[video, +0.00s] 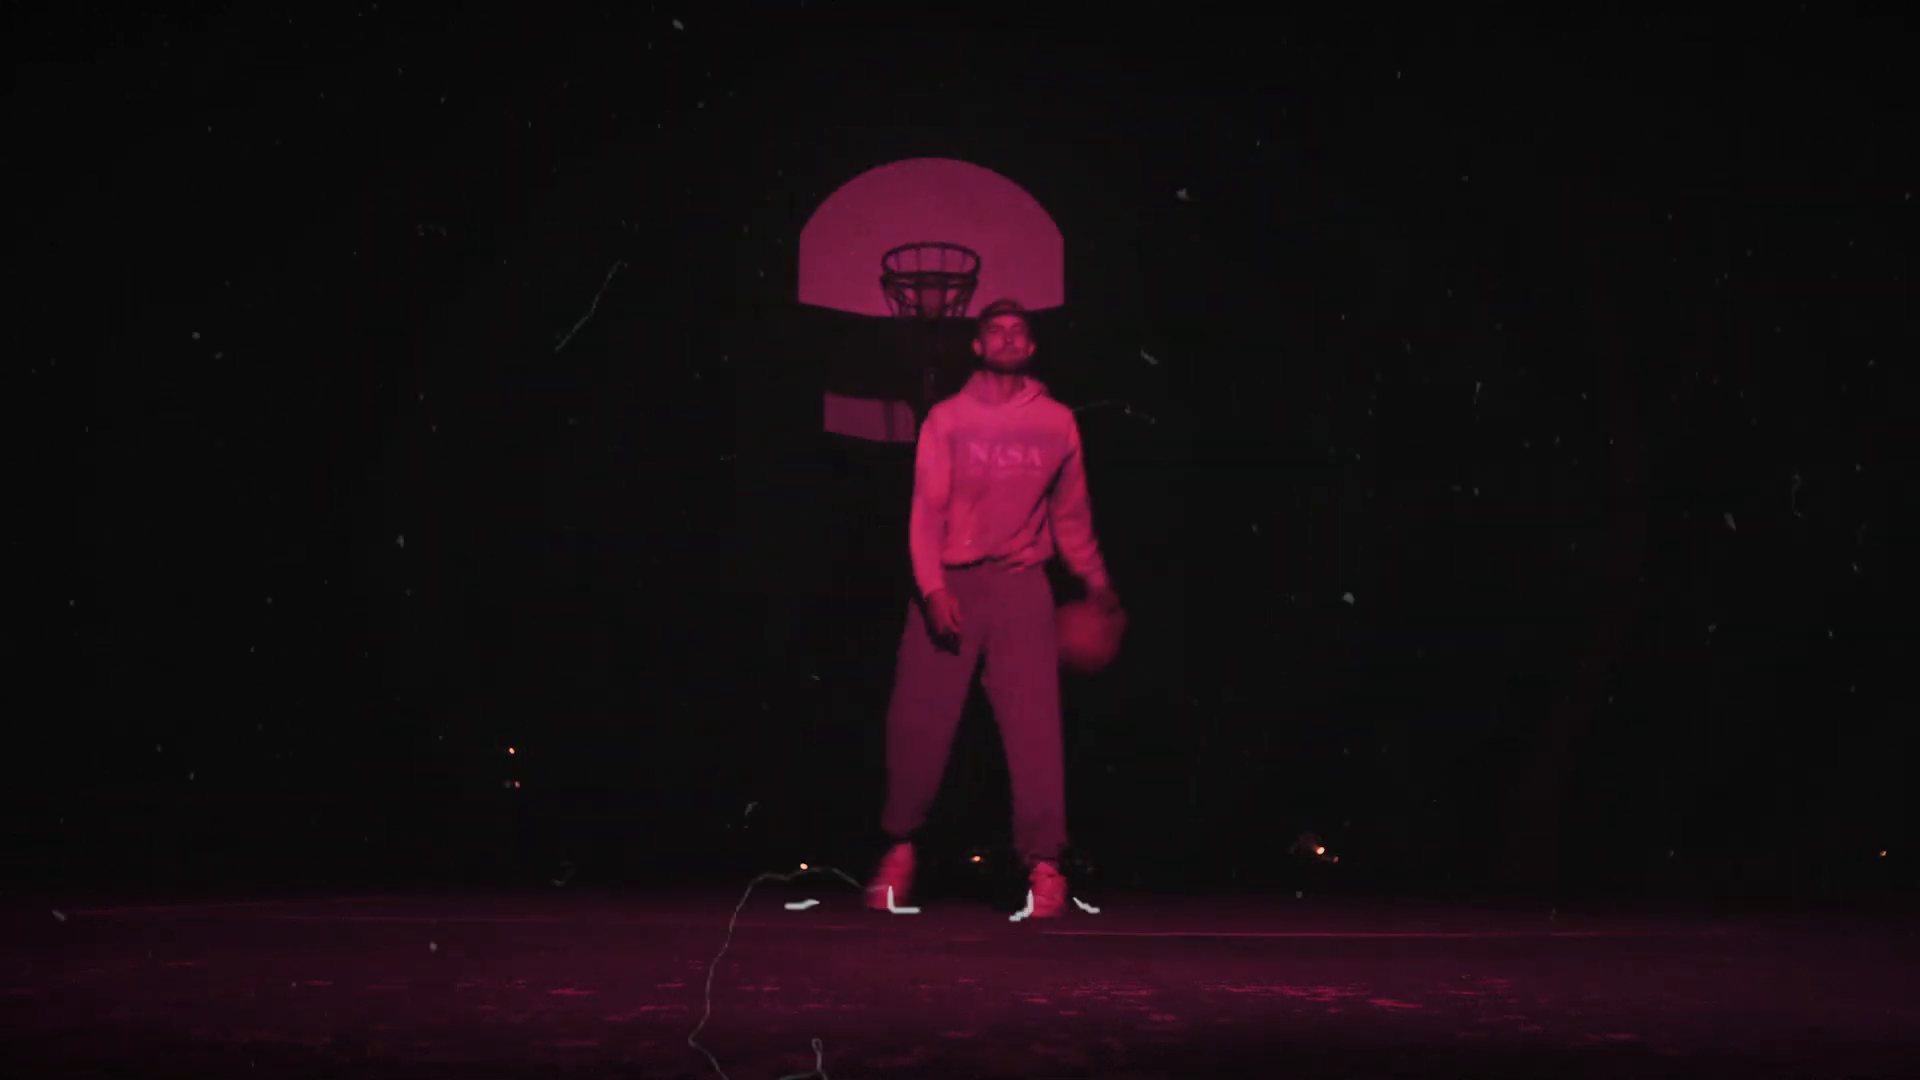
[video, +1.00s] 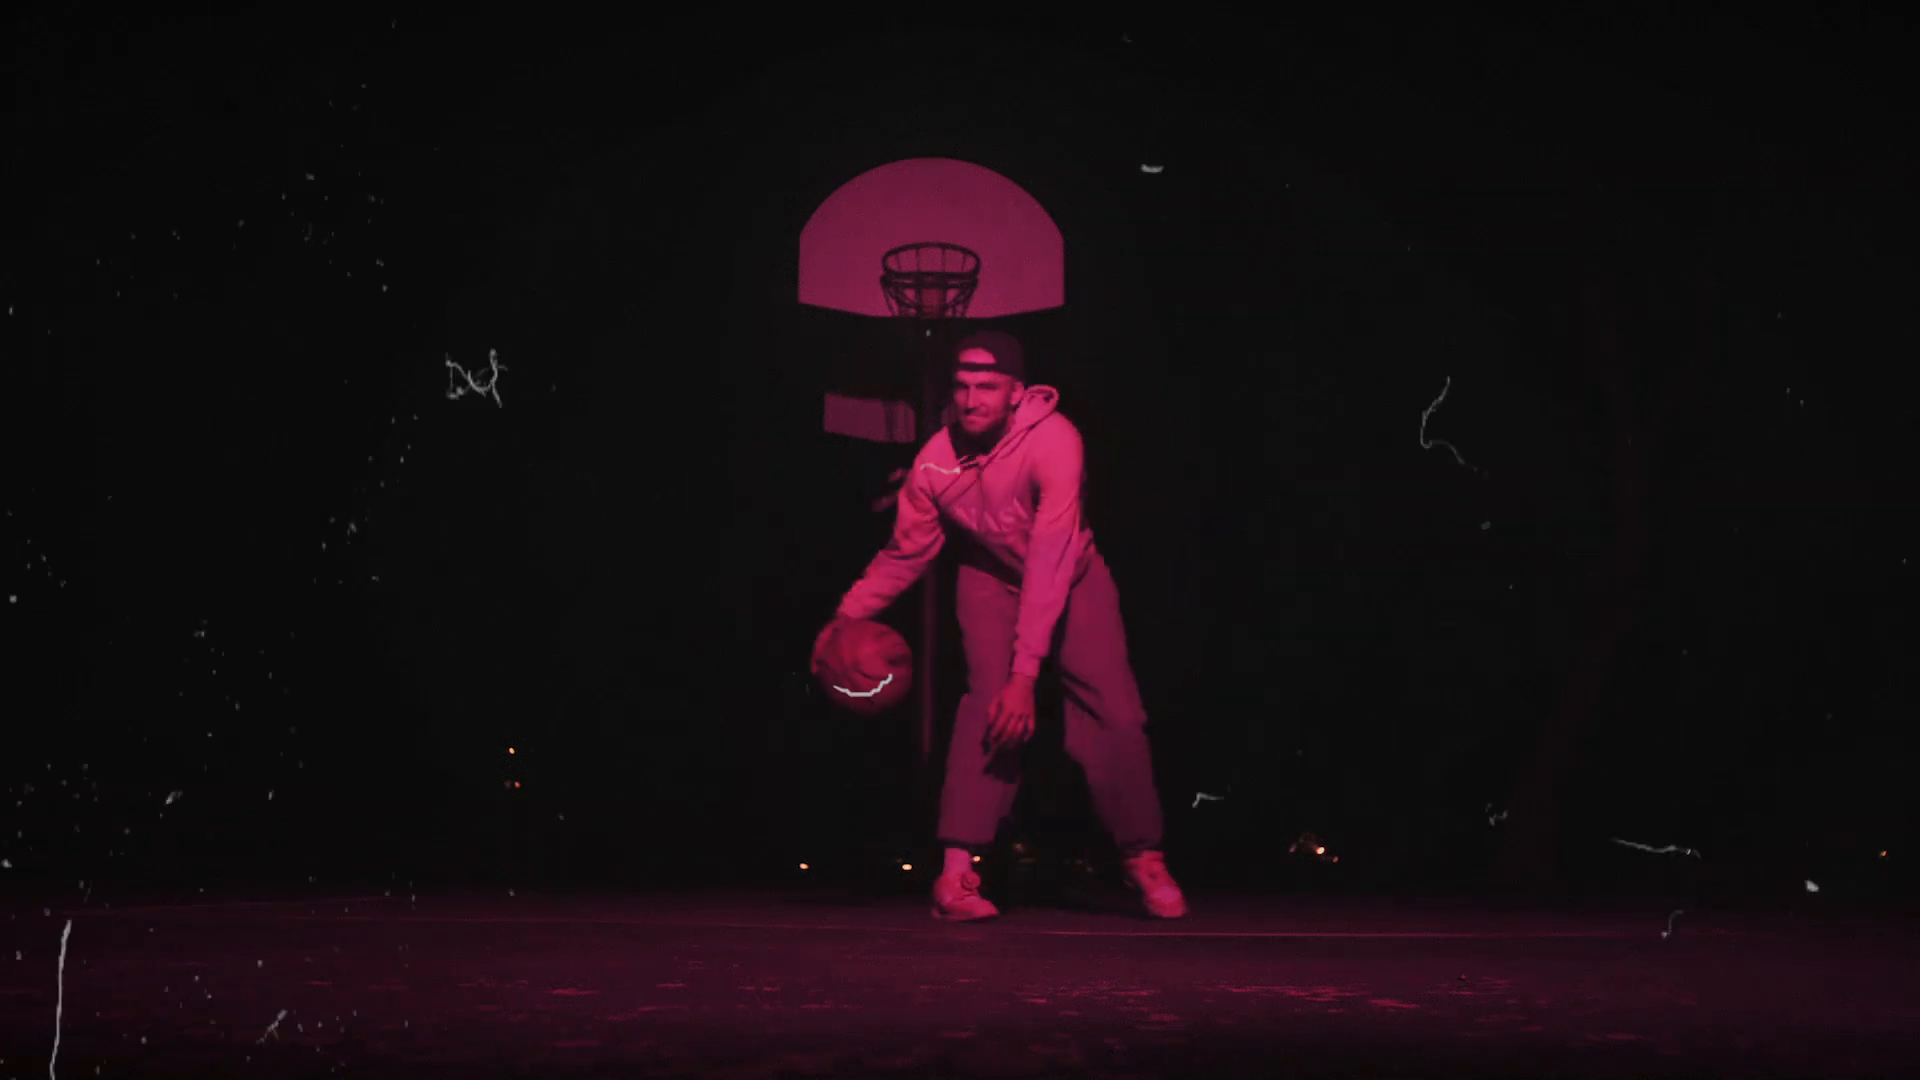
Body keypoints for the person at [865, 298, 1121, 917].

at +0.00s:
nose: (1010, 341)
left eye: (1019, 333)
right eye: (998, 333)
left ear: (1033, 347)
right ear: (978, 346)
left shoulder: (1057, 421)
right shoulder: (946, 419)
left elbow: (1072, 516)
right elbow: (926, 510)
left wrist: (1096, 584)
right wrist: (933, 590)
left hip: (1024, 589)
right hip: (949, 586)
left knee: (1033, 725)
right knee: (918, 721)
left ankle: (1045, 869)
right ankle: (899, 855)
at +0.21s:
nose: (1038, 329)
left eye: (1047, 321)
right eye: (1025, 320)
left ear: (1059, 337)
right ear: (1003, 335)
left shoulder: (1080, 408)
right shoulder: (976, 410)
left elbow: (1110, 492)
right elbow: (949, 508)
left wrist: (1155, 551)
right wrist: (976, 576)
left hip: (1053, 584)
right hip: (986, 583)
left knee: (1085, 719)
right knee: (985, 726)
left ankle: (1105, 872)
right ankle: (965, 868)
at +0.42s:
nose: (1072, 350)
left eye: (1079, 341)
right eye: (1058, 344)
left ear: (1091, 357)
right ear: (1033, 361)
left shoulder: (1107, 429)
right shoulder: (1006, 429)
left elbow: (1136, 520)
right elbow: (973, 527)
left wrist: (1172, 586)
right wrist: (972, 595)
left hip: (1067, 599)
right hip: (1006, 594)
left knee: (1096, 728)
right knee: (1009, 708)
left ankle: (1112, 875)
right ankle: (964, 827)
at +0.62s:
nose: (1048, 396)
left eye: (1061, 384)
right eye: (1035, 386)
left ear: (1079, 394)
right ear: (1019, 398)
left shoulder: (1106, 462)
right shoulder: (994, 472)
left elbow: (1098, 569)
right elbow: (967, 581)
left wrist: (1076, 664)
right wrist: (950, 678)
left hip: (1084, 608)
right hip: (1014, 601)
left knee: (1120, 735)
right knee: (1018, 693)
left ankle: (1114, 877)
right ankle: (971, 861)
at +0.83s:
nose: (974, 405)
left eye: (988, 392)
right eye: (964, 394)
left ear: (1017, 395)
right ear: (954, 402)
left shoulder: (1060, 451)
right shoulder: (945, 482)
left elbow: (1068, 567)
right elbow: (924, 578)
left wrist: (1055, 674)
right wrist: (881, 651)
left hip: (1072, 589)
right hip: (995, 593)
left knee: (1109, 730)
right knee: (1001, 706)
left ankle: (1116, 864)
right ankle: (958, 871)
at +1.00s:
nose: (971, 400)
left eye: (987, 387)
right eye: (962, 386)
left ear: (1016, 391)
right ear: (950, 391)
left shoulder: (1054, 440)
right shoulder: (933, 466)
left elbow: (1050, 561)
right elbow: (904, 554)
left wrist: (1024, 676)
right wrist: (848, 616)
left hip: (1071, 572)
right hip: (989, 578)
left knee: (1118, 714)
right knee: (990, 703)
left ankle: (1144, 858)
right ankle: (957, 869)